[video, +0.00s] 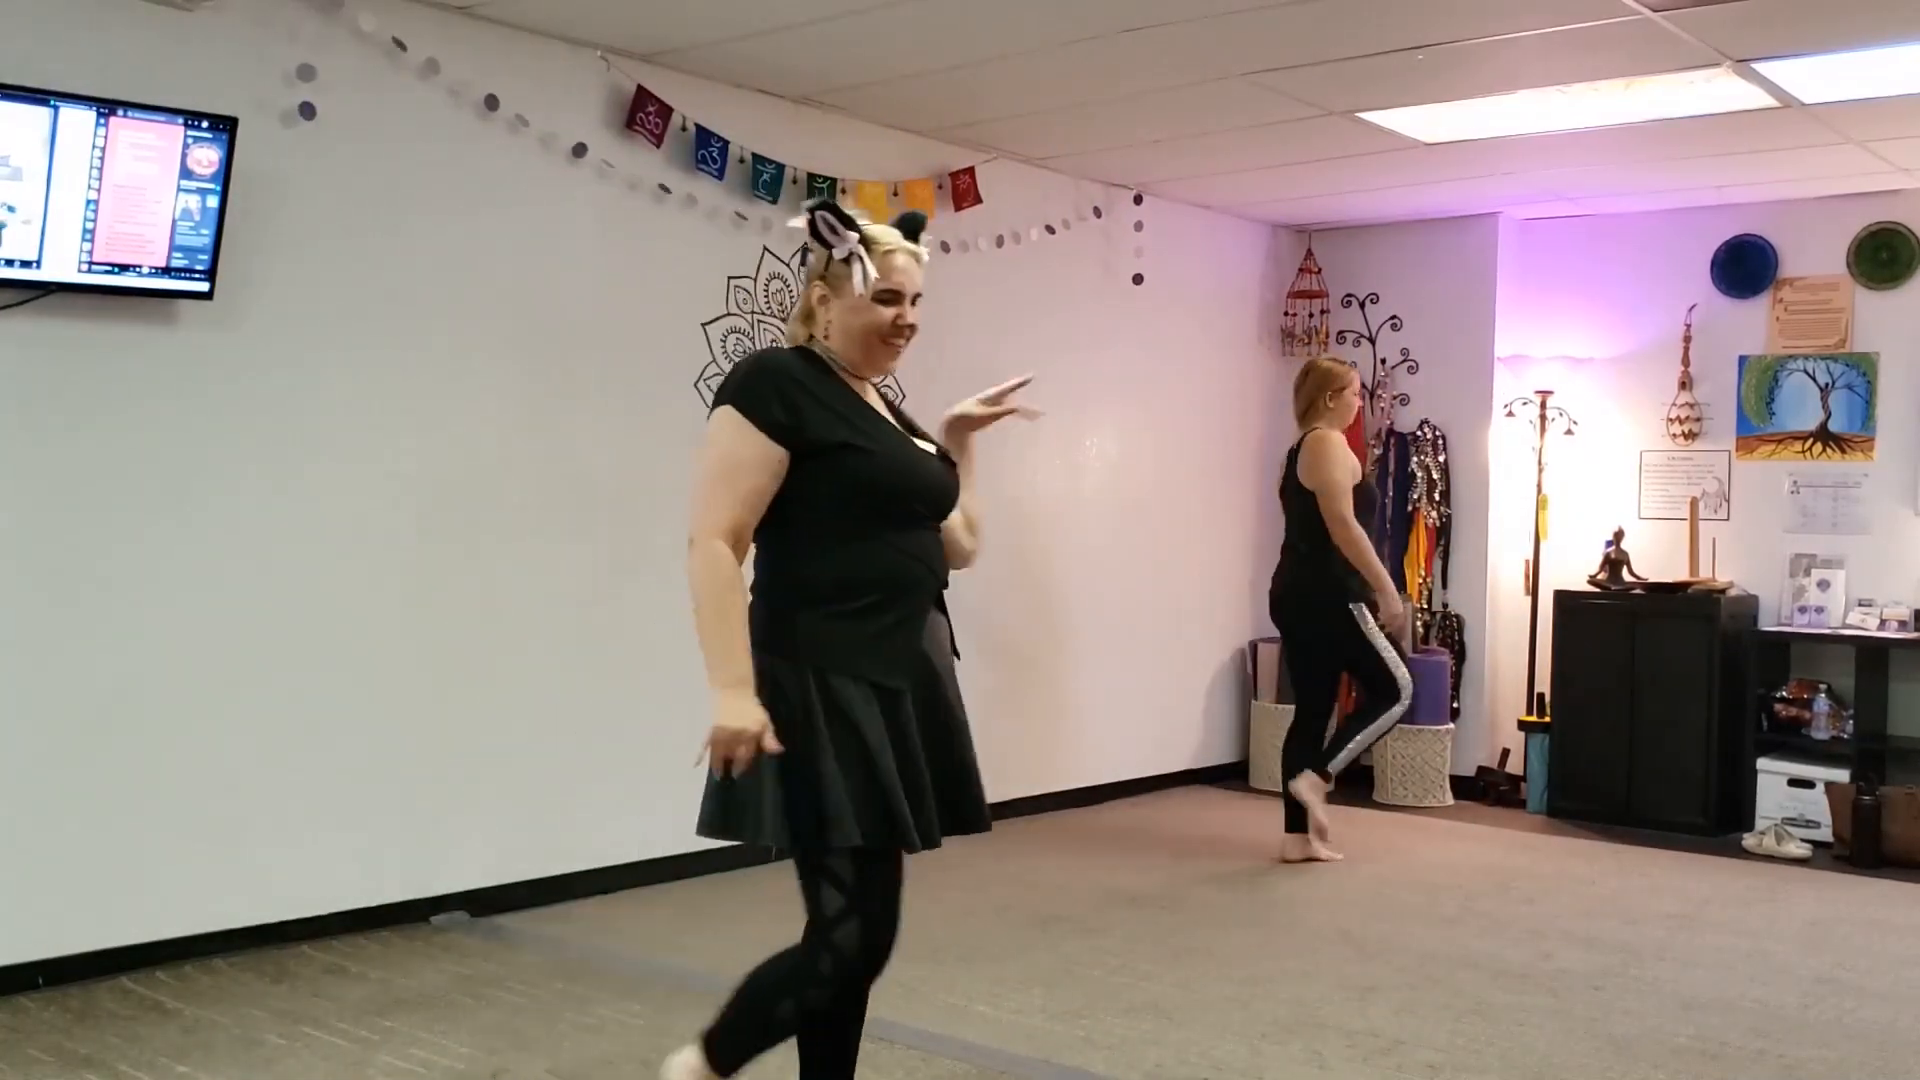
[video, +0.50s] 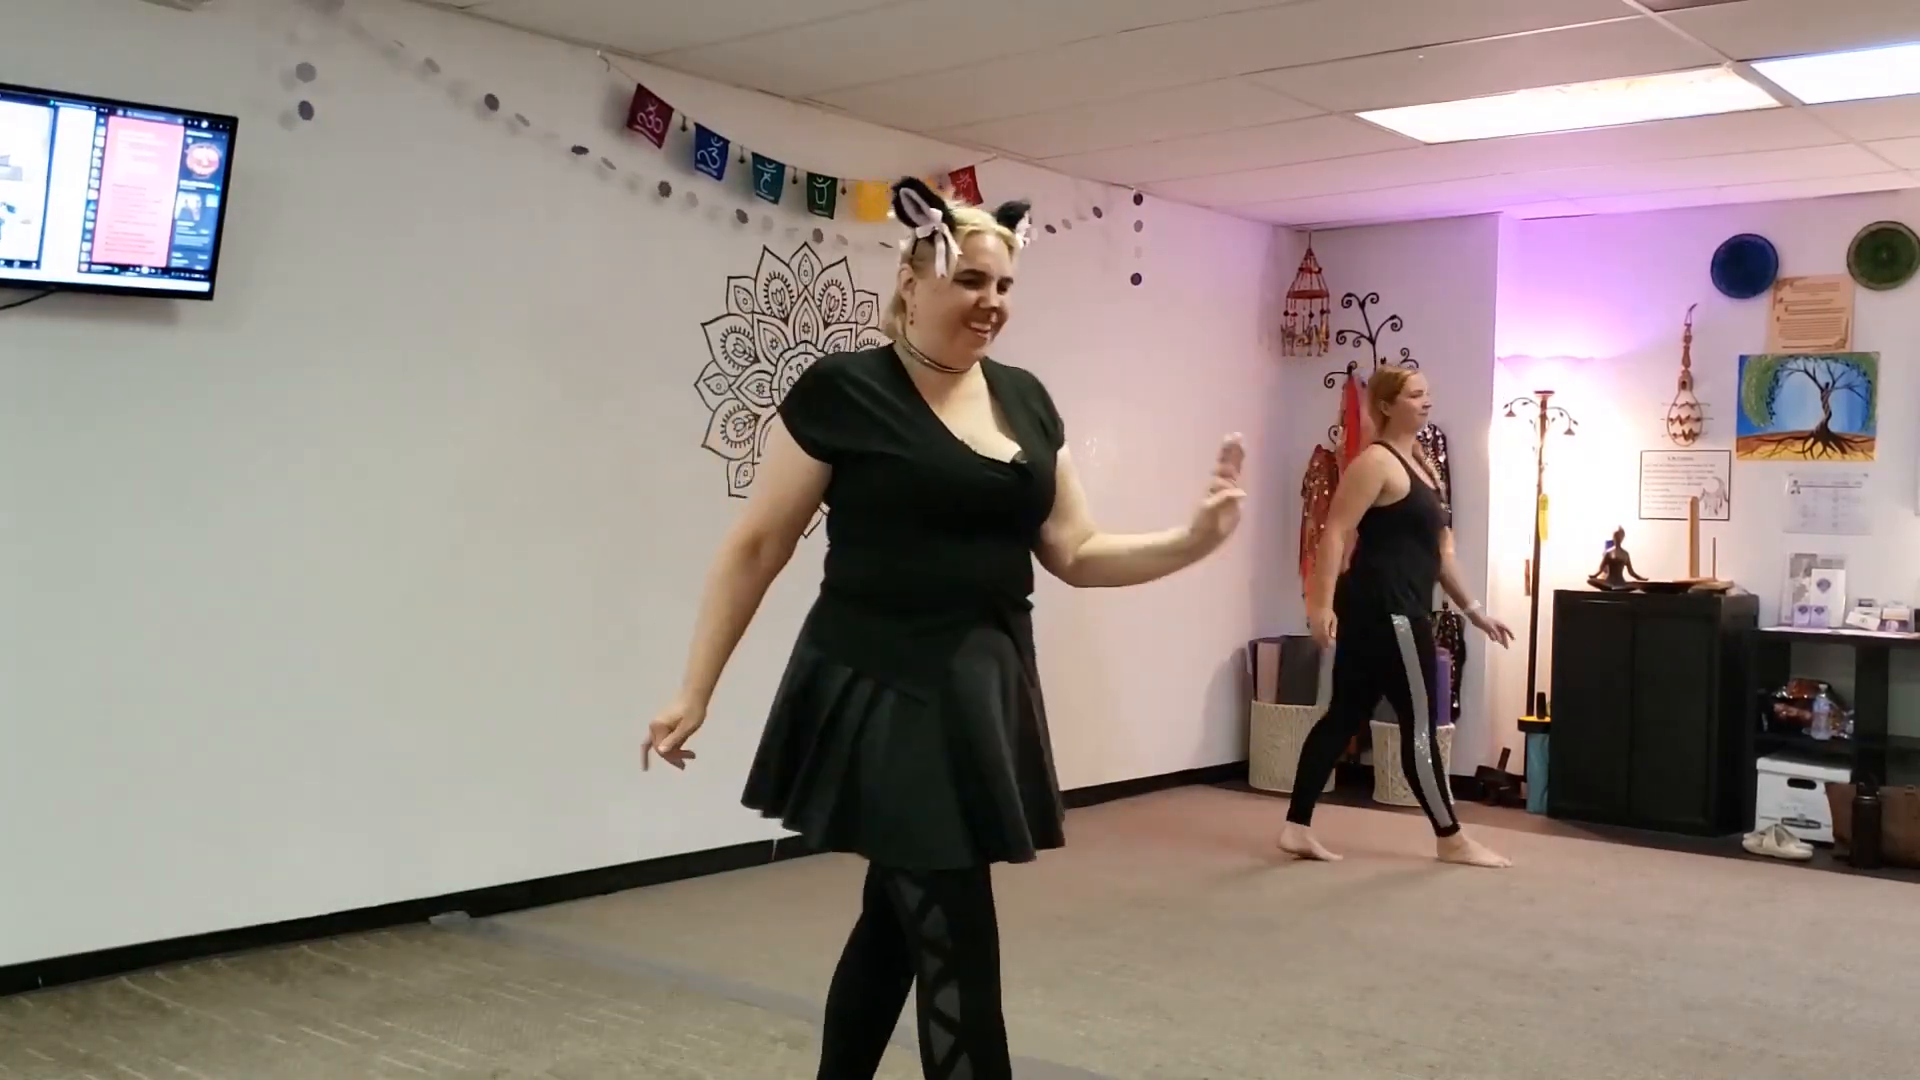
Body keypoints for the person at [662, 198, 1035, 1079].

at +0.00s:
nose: (909, 318)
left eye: (917, 301)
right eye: (890, 298)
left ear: (918, 304)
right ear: (826, 300)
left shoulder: (882, 407)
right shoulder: (774, 385)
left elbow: (960, 545)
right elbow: (716, 538)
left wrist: (956, 437)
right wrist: (732, 693)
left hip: (892, 686)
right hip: (818, 685)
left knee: (859, 935)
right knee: (850, 936)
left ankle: (829, 1078)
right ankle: (701, 1063)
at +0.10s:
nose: (932, 310)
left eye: (941, 294)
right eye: (912, 290)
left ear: (945, 299)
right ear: (847, 293)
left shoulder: (928, 408)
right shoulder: (788, 384)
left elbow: (1011, 534)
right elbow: (722, 534)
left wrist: (1045, 416)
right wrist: (706, 682)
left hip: (909, 677)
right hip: (821, 676)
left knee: (859, 914)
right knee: (905, 927)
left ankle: (821, 1069)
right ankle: (820, 1067)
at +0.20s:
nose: (950, 302)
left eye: (960, 284)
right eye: (927, 282)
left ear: (969, 288)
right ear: (864, 288)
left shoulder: (959, 397)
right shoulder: (802, 378)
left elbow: (1037, 534)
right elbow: (722, 525)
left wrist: (1110, 426)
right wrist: (690, 669)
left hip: (926, 671)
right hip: (822, 669)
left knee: (863, 911)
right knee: (932, 905)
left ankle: (829, 1073)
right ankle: (910, 1067)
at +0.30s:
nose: (963, 301)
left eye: (975, 284)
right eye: (942, 280)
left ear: (984, 290)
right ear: (880, 283)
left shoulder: (983, 395)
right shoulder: (815, 380)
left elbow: (1048, 544)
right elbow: (724, 528)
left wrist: (1144, 473)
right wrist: (682, 664)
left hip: (943, 672)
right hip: (835, 671)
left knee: (870, 908)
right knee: (944, 905)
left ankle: (831, 1078)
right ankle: (966, 1077)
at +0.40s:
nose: (976, 302)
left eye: (989, 285)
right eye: (955, 281)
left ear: (999, 291)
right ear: (894, 284)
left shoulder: (999, 398)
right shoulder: (828, 389)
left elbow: (1059, 551)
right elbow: (736, 537)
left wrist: (1168, 510)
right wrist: (684, 678)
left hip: (963, 685)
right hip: (857, 685)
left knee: (882, 924)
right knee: (951, 933)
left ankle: (836, 1079)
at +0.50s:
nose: (992, 301)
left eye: (1005, 285)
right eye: (970, 279)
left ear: (1016, 293)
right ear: (908, 282)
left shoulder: (1018, 398)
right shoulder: (843, 394)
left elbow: (1075, 551)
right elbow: (756, 547)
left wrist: (1192, 540)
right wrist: (694, 695)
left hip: (983, 689)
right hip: (874, 688)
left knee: (896, 922)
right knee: (961, 933)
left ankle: (841, 1077)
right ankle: (971, 1072)